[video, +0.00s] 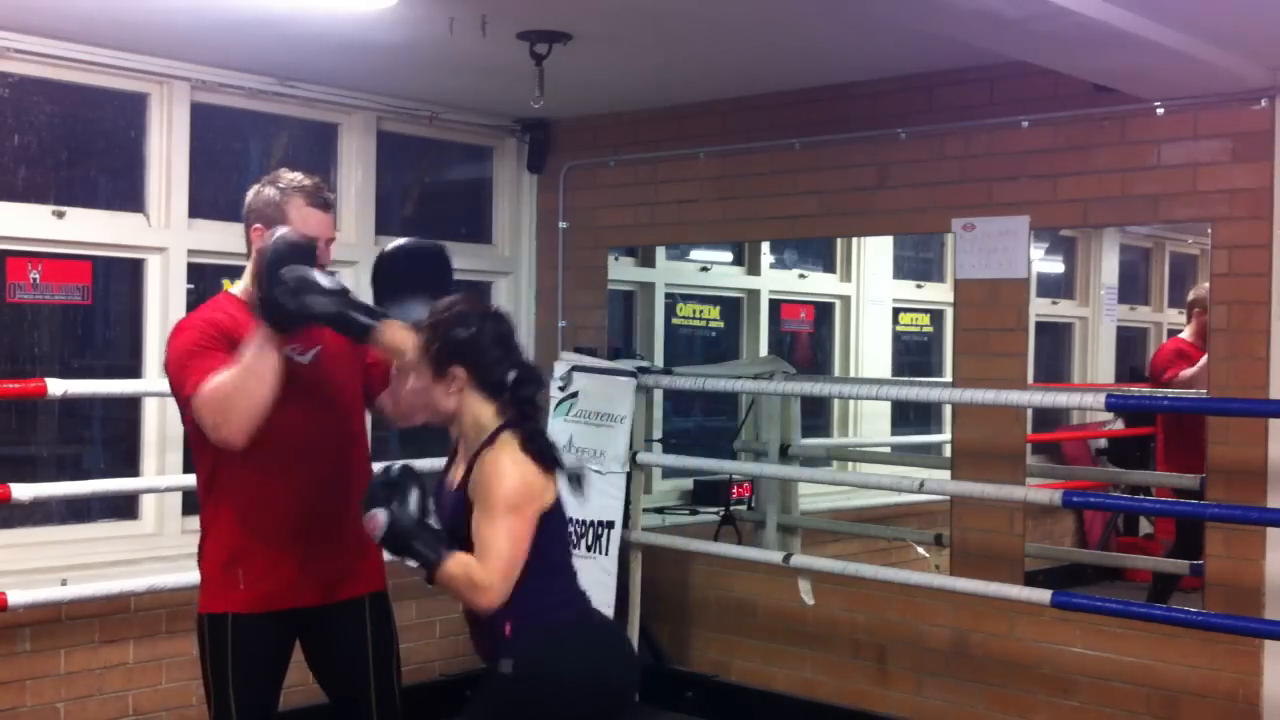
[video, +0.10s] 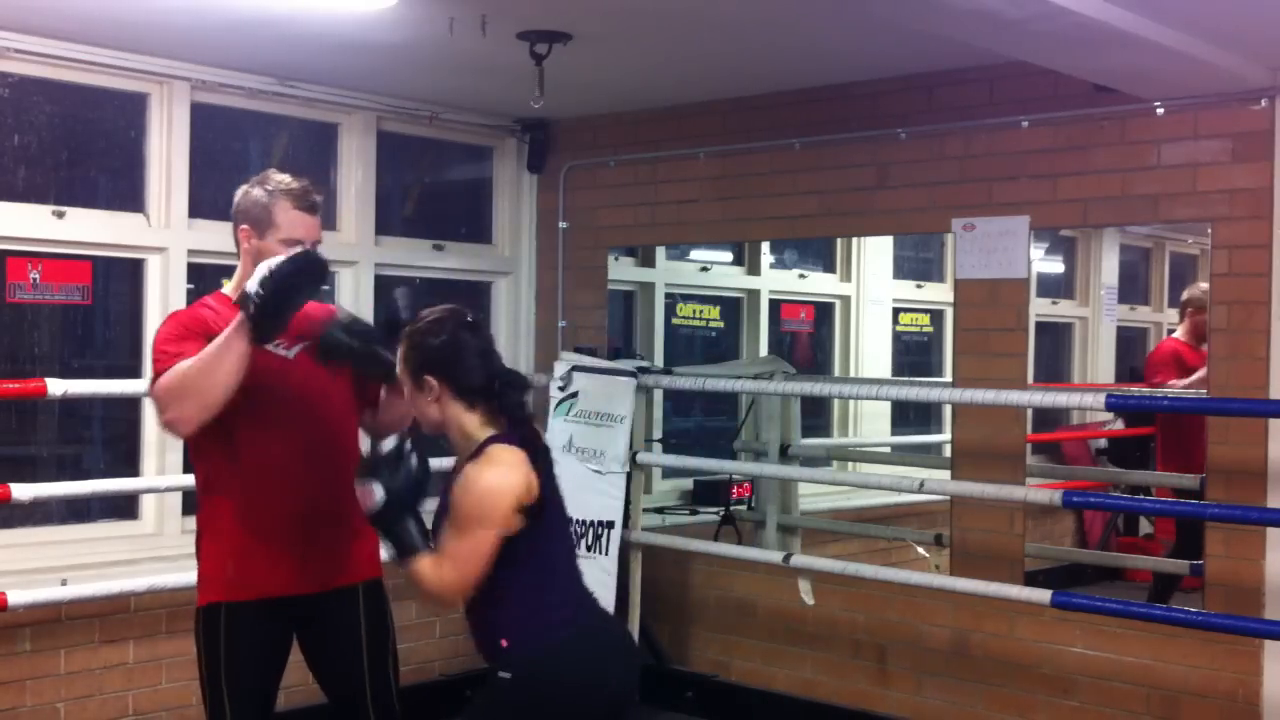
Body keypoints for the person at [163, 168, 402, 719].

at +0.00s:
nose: (320, 262)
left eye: (329, 246)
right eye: (307, 245)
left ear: (336, 242)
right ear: (260, 238)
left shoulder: (343, 330)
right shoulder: (203, 331)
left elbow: (403, 407)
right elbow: (229, 424)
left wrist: (408, 329)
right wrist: (272, 319)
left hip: (348, 582)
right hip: (246, 591)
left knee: (378, 710)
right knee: (241, 714)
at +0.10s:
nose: (307, 260)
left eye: (314, 246)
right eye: (292, 245)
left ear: (321, 242)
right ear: (246, 239)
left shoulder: (333, 324)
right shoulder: (193, 324)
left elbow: (386, 421)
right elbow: (180, 414)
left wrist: (396, 372)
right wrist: (253, 318)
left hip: (344, 577)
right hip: (242, 585)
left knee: (375, 709)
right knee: (238, 713)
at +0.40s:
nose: (328, 264)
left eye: (333, 250)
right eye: (313, 247)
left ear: (333, 253)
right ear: (267, 245)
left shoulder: (318, 335)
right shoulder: (214, 341)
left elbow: (311, 461)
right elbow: (250, 461)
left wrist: (334, 541)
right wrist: (335, 396)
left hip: (325, 581)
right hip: (233, 597)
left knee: (366, 707)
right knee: (236, 714)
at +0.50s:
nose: (352, 268)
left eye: (357, 254)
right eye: (337, 250)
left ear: (360, 253)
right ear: (291, 247)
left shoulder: (317, 338)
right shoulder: (248, 336)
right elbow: (296, 462)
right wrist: (363, 396)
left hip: (323, 580)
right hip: (239, 593)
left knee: (365, 704)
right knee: (240, 713)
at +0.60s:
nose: (383, 274)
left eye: (388, 260)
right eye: (369, 256)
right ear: (321, 250)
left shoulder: (324, 335)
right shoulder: (281, 333)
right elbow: (326, 459)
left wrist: (360, 392)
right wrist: (392, 386)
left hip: (326, 576)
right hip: (249, 587)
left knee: (373, 702)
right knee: (247, 711)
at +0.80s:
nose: (448, 282)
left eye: (454, 269)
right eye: (435, 264)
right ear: (390, 258)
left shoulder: (392, 345)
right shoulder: (314, 332)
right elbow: (316, 448)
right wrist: (413, 377)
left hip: (359, 570)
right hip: (272, 574)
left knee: (398, 704)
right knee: (252, 711)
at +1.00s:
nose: (460, 278)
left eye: (467, 263)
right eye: (446, 259)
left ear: (471, 262)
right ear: (400, 250)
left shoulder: (467, 363)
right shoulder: (308, 316)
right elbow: (240, 425)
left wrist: (542, 483)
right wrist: (324, 356)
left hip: (380, 582)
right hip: (276, 569)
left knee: (399, 710)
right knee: (247, 712)